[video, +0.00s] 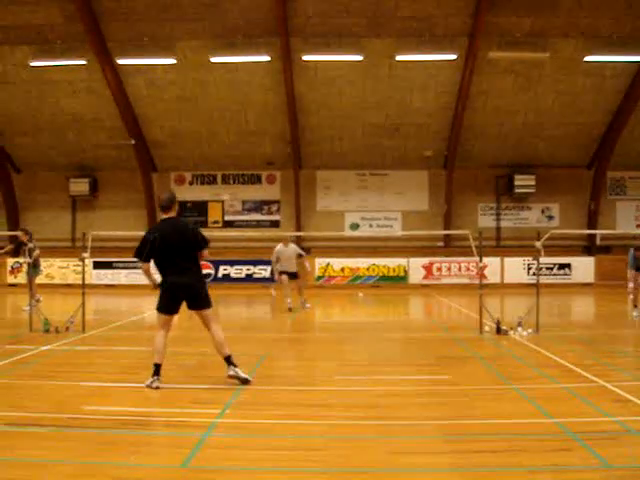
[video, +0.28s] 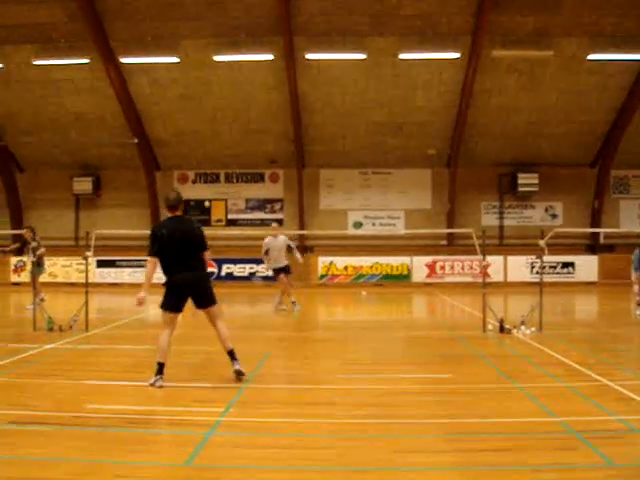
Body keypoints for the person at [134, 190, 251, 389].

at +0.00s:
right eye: (175, 205)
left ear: (159, 208)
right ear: (176, 206)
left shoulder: (153, 232)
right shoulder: (188, 227)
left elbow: (145, 265)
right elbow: (204, 253)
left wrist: (154, 282)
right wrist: (191, 256)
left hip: (170, 285)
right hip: (194, 283)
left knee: (163, 329)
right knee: (212, 324)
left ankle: (155, 375)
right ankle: (231, 365)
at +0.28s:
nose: (177, 209)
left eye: (170, 206)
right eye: (179, 205)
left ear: (165, 207)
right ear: (182, 206)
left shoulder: (159, 230)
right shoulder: (193, 226)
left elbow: (152, 263)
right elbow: (205, 254)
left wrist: (144, 290)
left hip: (175, 283)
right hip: (200, 279)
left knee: (167, 327)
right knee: (216, 320)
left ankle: (159, 374)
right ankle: (234, 361)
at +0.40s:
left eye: (182, 210)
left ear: (181, 210)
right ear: (198, 209)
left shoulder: (174, 231)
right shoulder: (208, 229)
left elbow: (165, 257)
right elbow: (221, 253)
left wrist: (157, 282)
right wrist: (226, 269)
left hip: (187, 283)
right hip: (210, 281)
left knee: (176, 327)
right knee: (224, 322)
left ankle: (165, 372)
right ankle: (241, 362)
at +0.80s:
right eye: (222, 215)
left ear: (208, 218)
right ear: (224, 217)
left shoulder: (200, 237)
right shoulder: (233, 235)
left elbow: (180, 260)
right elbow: (252, 256)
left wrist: (168, 282)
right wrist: (259, 272)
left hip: (214, 287)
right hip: (236, 284)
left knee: (204, 327)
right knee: (242, 318)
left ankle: (208, 372)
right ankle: (255, 355)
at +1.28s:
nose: (225, 221)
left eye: (226, 218)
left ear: (227, 220)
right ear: (240, 220)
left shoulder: (227, 235)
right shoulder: (247, 236)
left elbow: (225, 251)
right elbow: (253, 258)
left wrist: (220, 269)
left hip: (239, 279)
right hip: (256, 277)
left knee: (236, 318)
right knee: (251, 317)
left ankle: (256, 348)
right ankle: (269, 329)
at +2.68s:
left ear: (204, 218)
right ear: (217, 217)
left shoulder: (198, 237)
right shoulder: (228, 233)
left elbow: (195, 263)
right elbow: (244, 253)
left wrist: (190, 283)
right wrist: (259, 269)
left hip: (209, 278)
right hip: (228, 277)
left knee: (212, 310)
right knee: (229, 309)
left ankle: (215, 342)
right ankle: (231, 329)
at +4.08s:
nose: (204, 199)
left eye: (208, 198)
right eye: (206, 197)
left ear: (214, 204)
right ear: (214, 205)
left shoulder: (218, 227)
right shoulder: (202, 218)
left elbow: (236, 252)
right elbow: (184, 207)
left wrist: (242, 279)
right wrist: (165, 204)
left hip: (219, 277)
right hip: (226, 276)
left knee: (199, 318)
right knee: (243, 318)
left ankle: (215, 363)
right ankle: (281, 343)